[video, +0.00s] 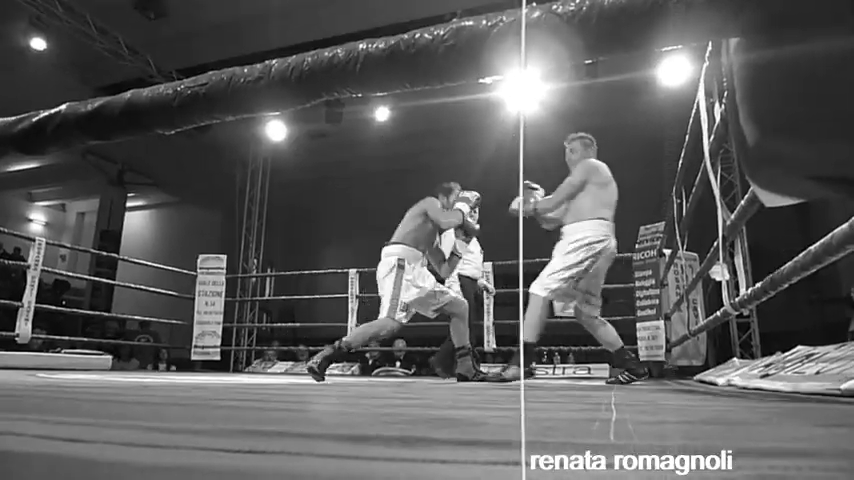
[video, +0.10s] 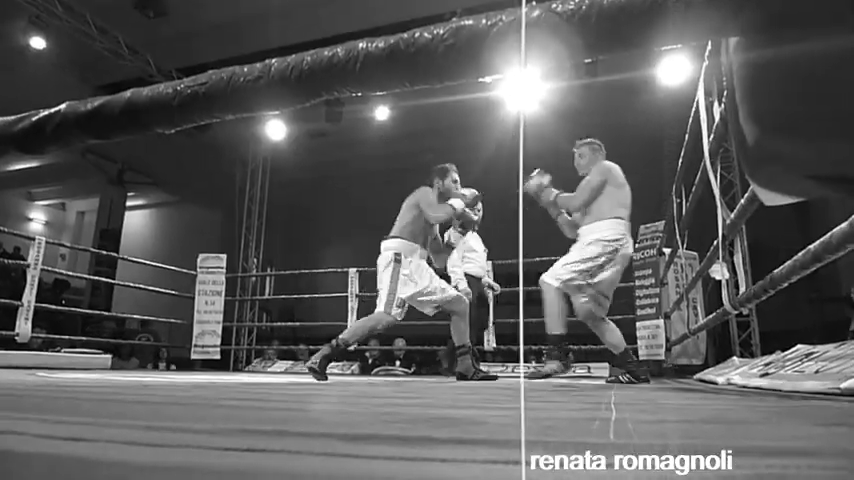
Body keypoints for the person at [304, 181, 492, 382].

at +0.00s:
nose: (460, 205)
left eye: (461, 202)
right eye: (458, 201)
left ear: (448, 204)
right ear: (443, 198)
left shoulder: (431, 237)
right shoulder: (428, 203)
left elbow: (445, 270)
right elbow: (445, 221)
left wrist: (462, 242)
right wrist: (465, 207)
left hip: (417, 272)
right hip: (399, 264)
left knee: (459, 306)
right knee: (389, 323)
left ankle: (466, 368)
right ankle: (326, 356)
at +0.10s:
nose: (458, 187)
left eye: (458, 183)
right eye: (454, 182)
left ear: (442, 185)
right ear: (439, 182)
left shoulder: (434, 215)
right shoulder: (425, 193)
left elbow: (438, 258)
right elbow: (434, 215)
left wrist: (455, 236)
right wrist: (461, 202)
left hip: (416, 265)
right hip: (397, 259)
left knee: (459, 305)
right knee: (388, 316)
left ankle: (466, 367)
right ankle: (324, 356)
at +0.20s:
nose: (454, 180)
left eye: (455, 175)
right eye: (450, 173)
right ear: (433, 173)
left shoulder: (434, 208)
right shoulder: (407, 188)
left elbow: (434, 249)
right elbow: (410, 218)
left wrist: (448, 224)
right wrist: (437, 194)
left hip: (412, 261)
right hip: (386, 256)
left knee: (455, 307)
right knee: (385, 310)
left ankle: (465, 367)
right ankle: (330, 352)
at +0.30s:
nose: (439, 170)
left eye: (440, 165)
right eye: (435, 164)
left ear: (435, 168)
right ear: (417, 163)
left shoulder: (425, 199)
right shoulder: (389, 189)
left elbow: (433, 241)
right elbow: (397, 222)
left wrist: (447, 213)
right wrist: (425, 194)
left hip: (406, 263)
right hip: (379, 259)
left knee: (451, 307)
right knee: (370, 313)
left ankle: (465, 366)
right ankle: (324, 358)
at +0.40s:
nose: (419, 157)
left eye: (421, 153)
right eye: (415, 151)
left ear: (420, 156)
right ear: (397, 149)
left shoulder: (413, 186)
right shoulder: (372, 180)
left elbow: (426, 226)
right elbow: (385, 212)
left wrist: (438, 194)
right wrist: (414, 185)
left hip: (402, 253)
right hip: (372, 252)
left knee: (441, 306)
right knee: (360, 310)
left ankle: (460, 364)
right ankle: (321, 362)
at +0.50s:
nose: (406, 139)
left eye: (408, 134)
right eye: (402, 132)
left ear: (404, 139)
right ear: (384, 133)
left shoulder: (401, 171)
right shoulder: (361, 161)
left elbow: (422, 205)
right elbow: (377, 183)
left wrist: (424, 171)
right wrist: (405, 159)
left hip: (397, 240)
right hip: (366, 240)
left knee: (429, 297)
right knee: (348, 304)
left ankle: (443, 358)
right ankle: (318, 361)